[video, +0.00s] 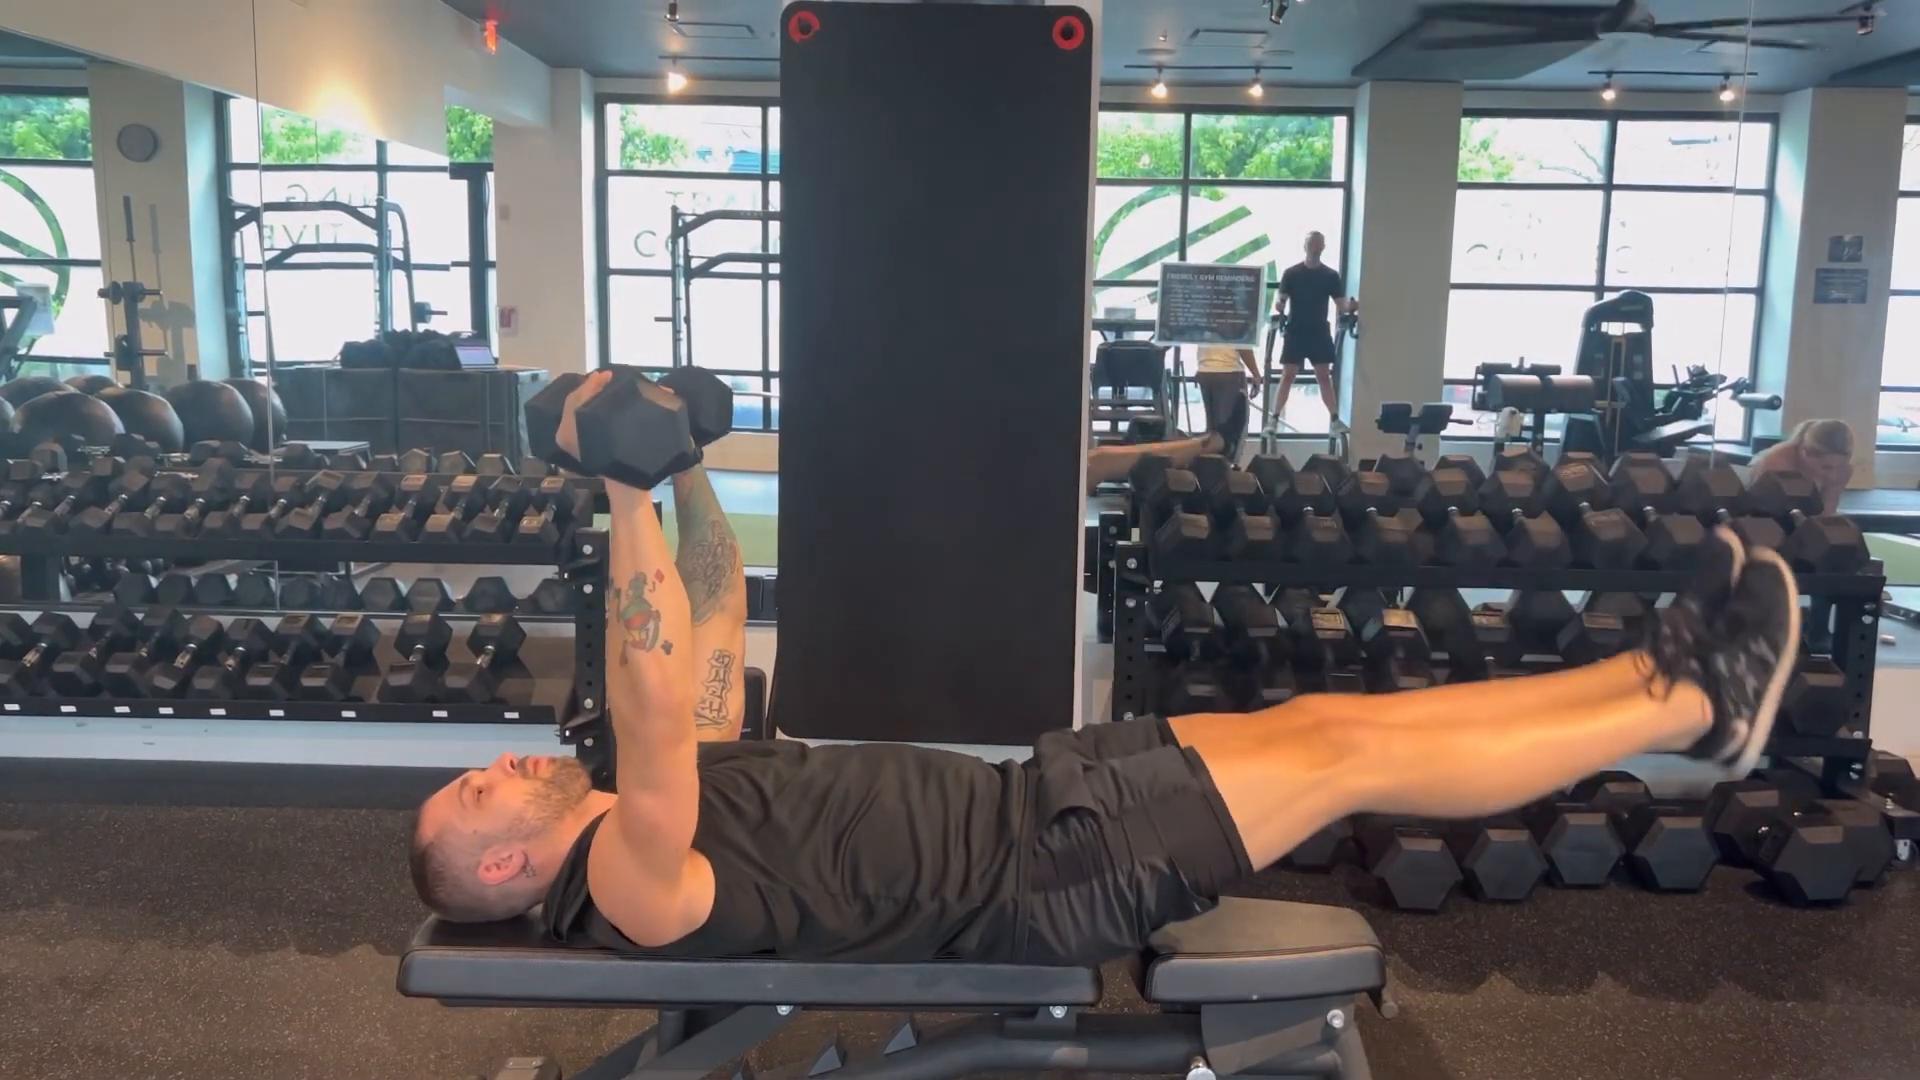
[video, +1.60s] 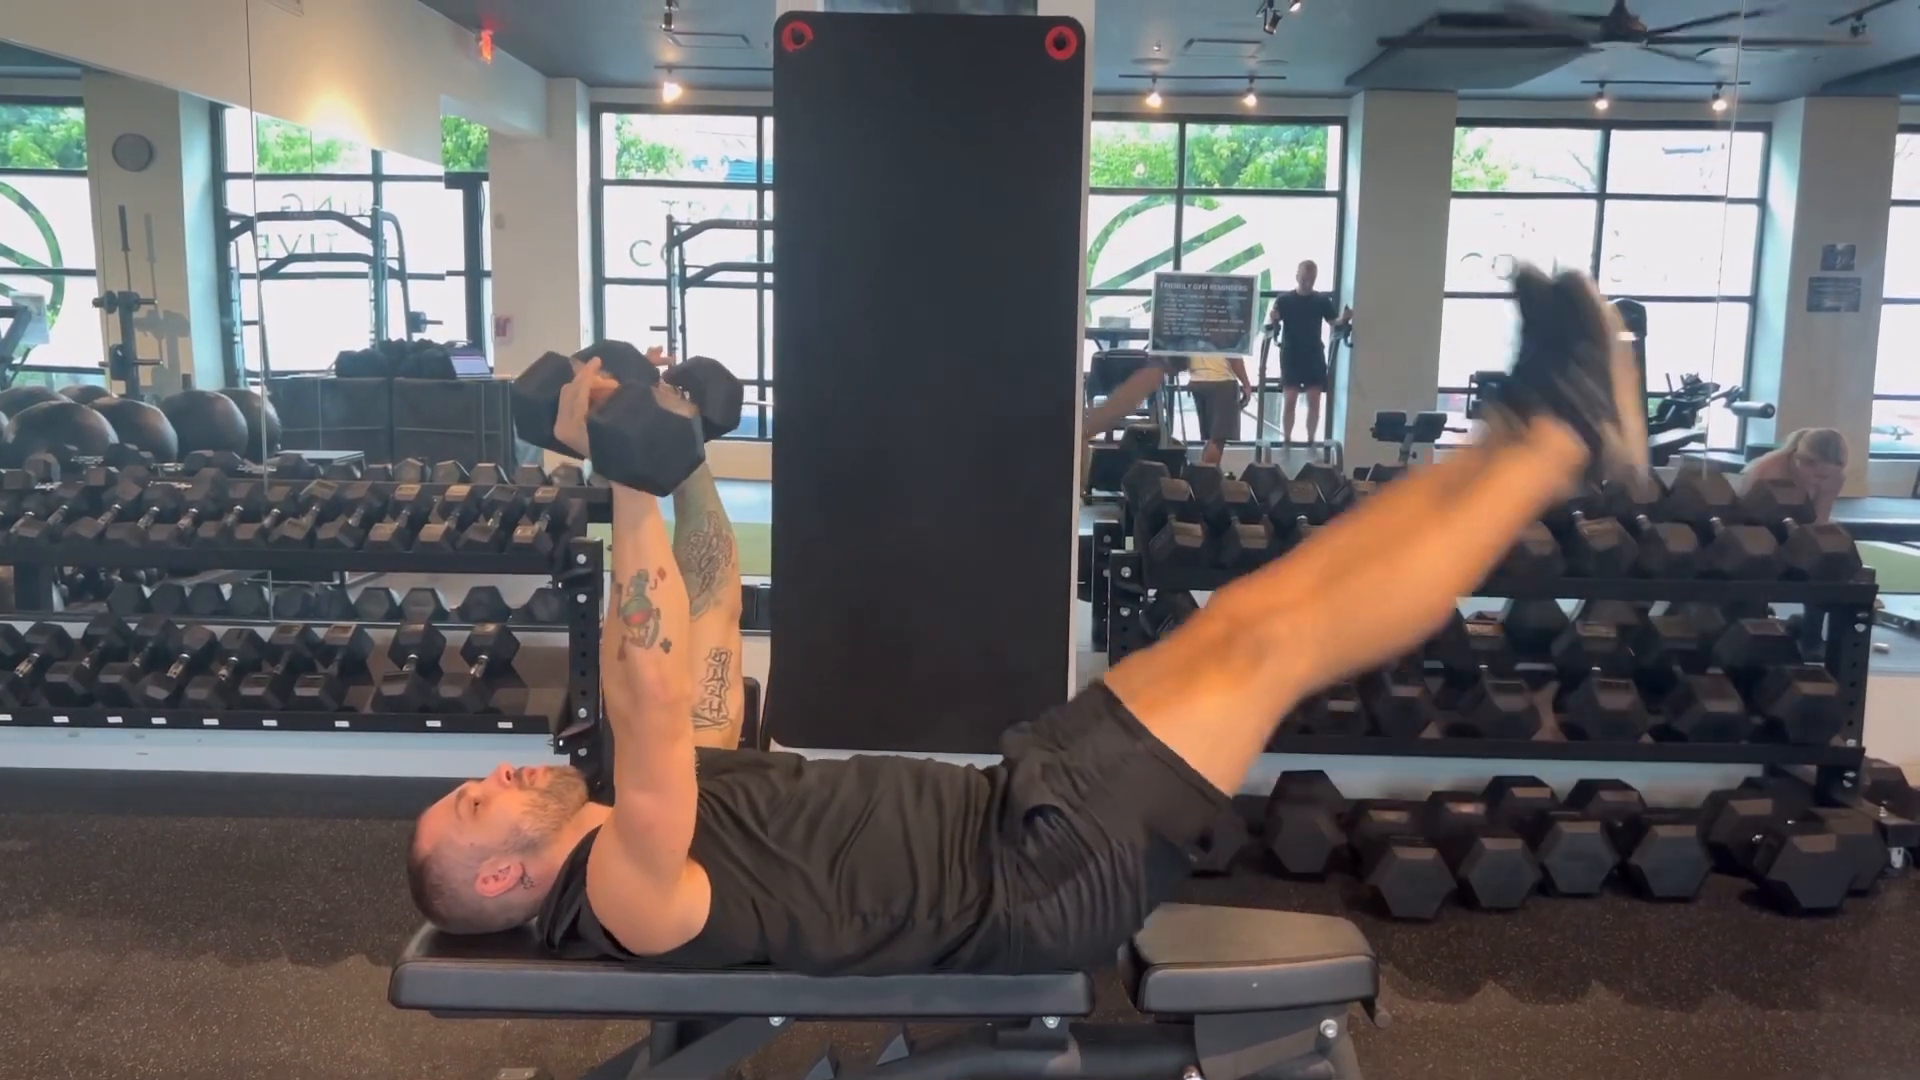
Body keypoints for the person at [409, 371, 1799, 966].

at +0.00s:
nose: (510, 772)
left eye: (489, 778)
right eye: (491, 802)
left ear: (546, 820)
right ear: (526, 876)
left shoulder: (660, 805)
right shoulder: (639, 876)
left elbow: (715, 638)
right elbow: (646, 670)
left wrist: (674, 471)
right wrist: (626, 489)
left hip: (1052, 783)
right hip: (1058, 858)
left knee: (1338, 720)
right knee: (1354, 755)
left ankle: (1656, 682)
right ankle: (1689, 705)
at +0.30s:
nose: (508, 777)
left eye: (492, 780)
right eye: (481, 804)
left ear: (539, 785)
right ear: (498, 874)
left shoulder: (649, 798)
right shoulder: (622, 893)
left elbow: (761, 716)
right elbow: (681, 850)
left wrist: (716, 591)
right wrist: (629, 658)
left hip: (1047, 789)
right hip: (1046, 856)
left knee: (1357, 778)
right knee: (1366, 807)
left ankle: (1672, 774)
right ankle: (1696, 798)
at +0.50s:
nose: (506, 772)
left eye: (487, 778)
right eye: (485, 801)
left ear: (529, 808)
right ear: (508, 869)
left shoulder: (627, 785)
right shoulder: (614, 893)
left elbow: (703, 730)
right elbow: (677, 1034)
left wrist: (673, 706)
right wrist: (650, 838)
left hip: (1061, 783)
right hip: (1072, 859)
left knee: (1349, 780)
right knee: (1374, 832)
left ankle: (1661, 794)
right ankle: (1700, 836)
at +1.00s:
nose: (509, 787)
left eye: (490, 792)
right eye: (482, 817)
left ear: (536, 789)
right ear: (500, 881)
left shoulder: (647, 804)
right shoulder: (619, 894)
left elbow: (764, 707)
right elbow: (691, 877)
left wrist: (722, 591)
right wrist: (650, 666)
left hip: (1053, 791)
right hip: (1051, 865)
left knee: (1360, 794)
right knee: (1366, 842)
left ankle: (1683, 807)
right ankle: (1702, 853)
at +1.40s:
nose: (509, 777)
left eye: (488, 783)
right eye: (489, 809)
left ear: (544, 824)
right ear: (522, 886)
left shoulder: (657, 810)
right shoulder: (628, 879)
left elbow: (709, 649)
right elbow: (642, 682)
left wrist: (691, 478)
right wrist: (629, 489)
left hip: (1043, 799)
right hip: (1042, 873)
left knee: (1344, 739)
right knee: (1354, 773)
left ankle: (1679, 708)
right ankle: (1698, 743)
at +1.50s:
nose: (506, 785)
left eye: (485, 790)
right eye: (483, 819)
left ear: (538, 823)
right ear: (514, 894)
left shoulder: (649, 823)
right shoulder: (631, 886)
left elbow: (700, 655)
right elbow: (647, 691)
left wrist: (678, 506)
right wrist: (641, 513)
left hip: (1032, 791)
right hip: (1039, 865)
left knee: (1315, 680)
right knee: (1326, 701)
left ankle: (1624, 568)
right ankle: (1652, 598)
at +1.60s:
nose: (492, 781)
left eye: (478, 792)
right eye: (475, 819)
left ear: (529, 817)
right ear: (509, 881)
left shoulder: (647, 809)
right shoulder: (632, 887)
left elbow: (709, 630)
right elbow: (641, 674)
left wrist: (672, 457)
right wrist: (630, 496)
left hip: (1009, 804)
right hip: (1033, 872)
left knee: (1253, 619)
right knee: (1258, 636)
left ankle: (1531, 434)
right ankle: (1558, 440)